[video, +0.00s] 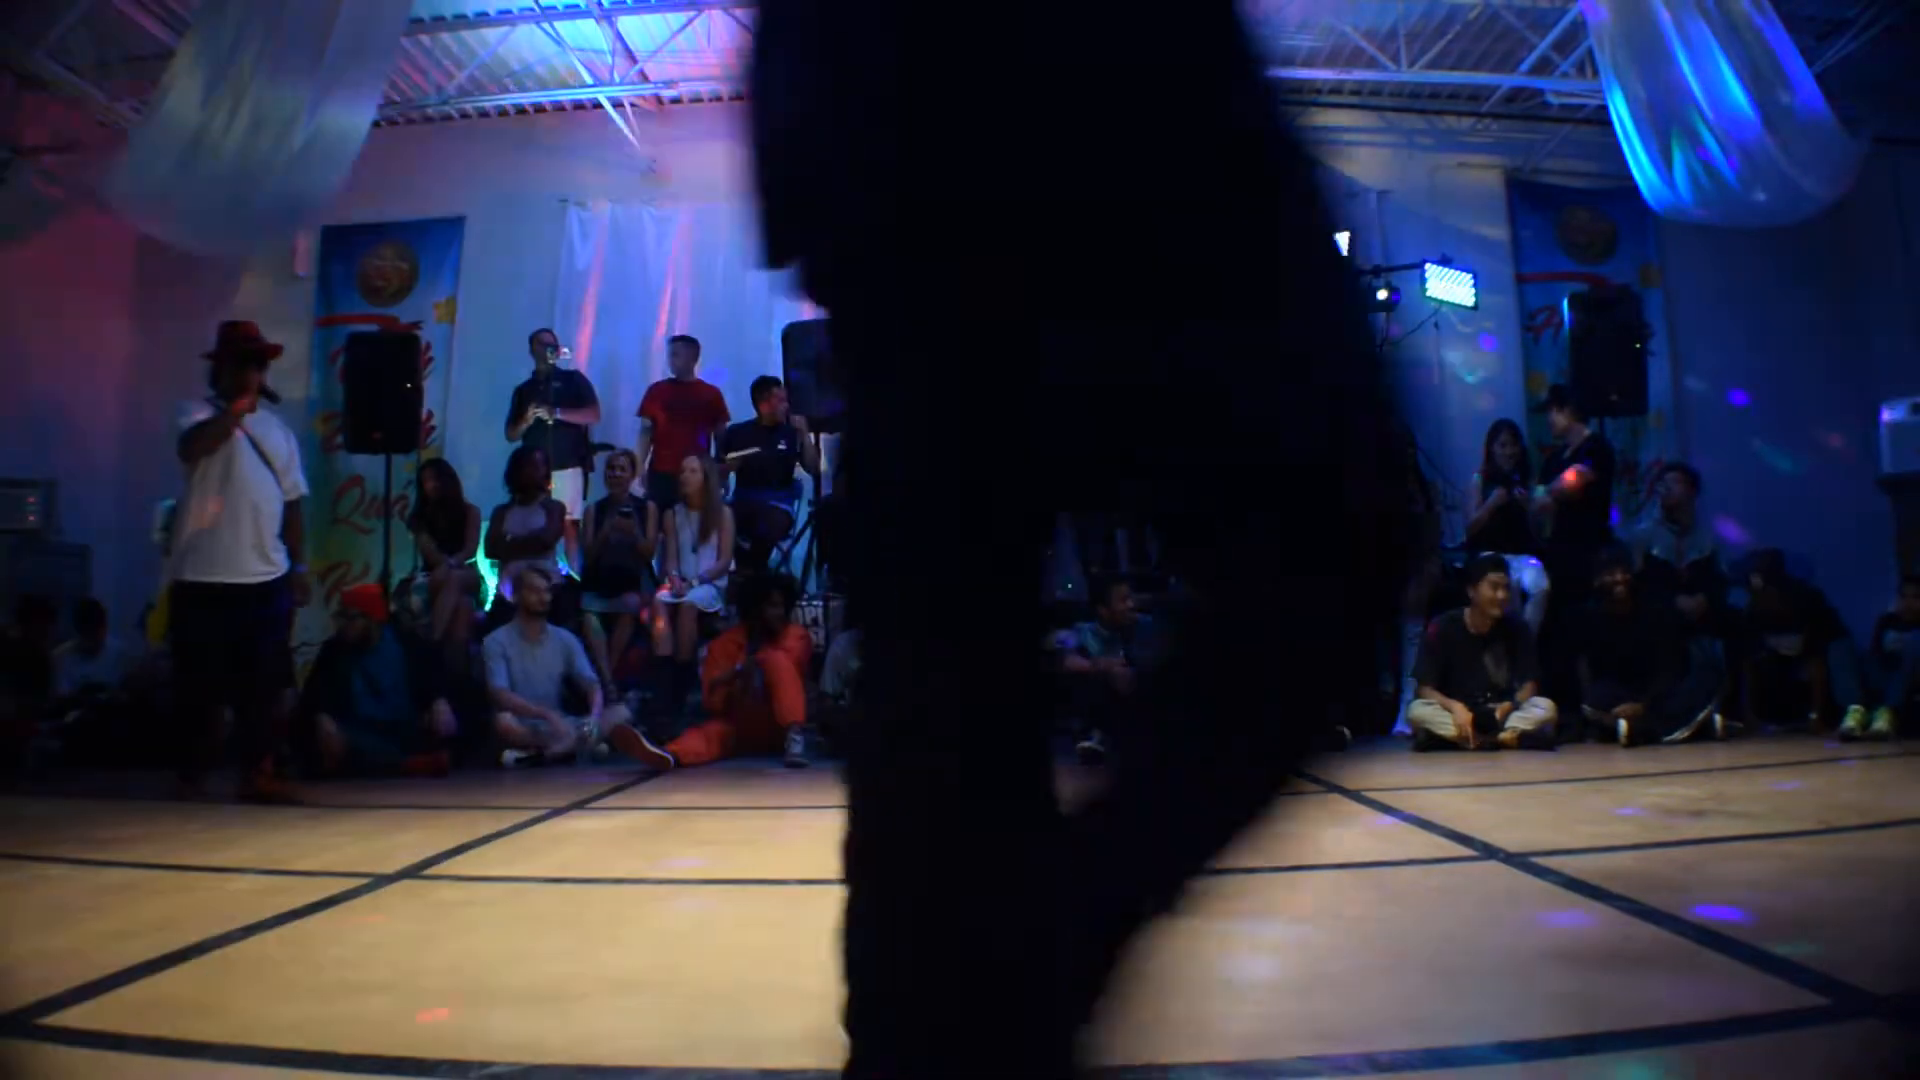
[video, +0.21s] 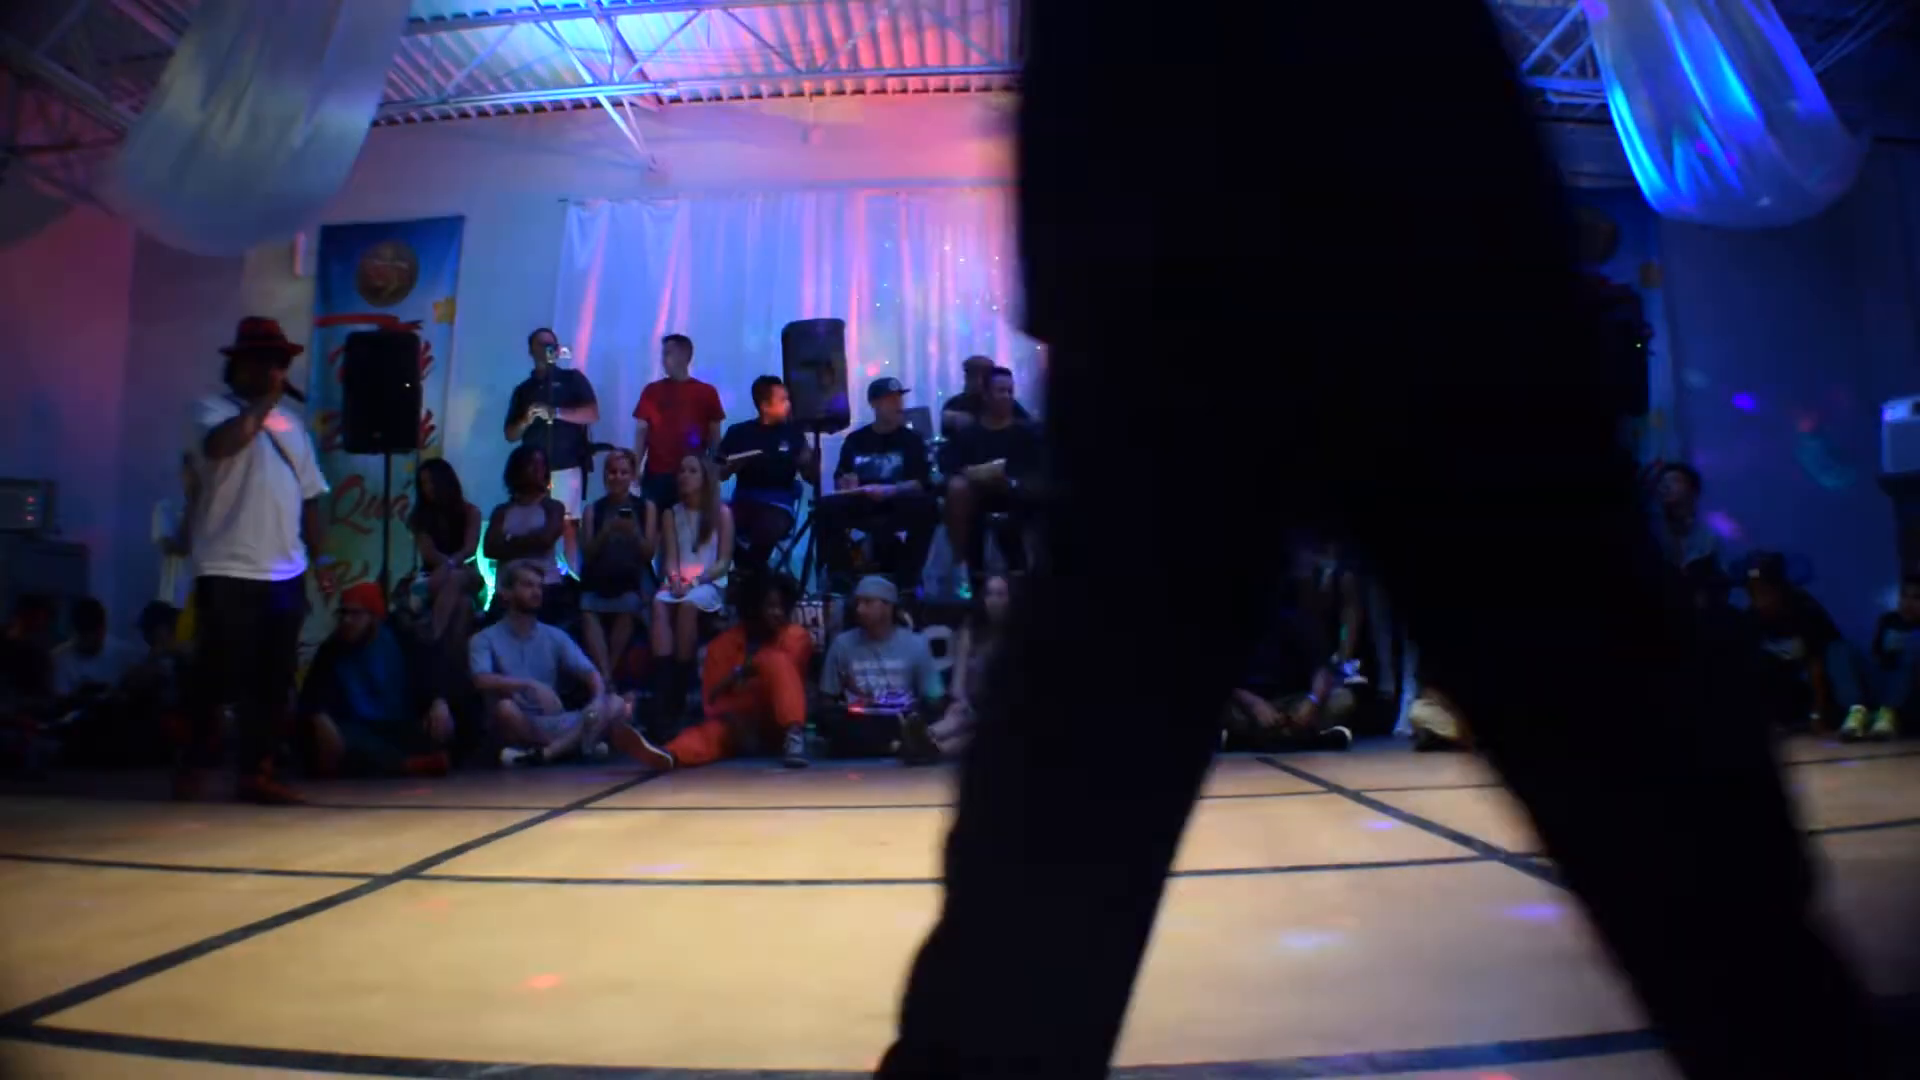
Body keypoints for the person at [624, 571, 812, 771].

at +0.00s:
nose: (779, 614)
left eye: (783, 607)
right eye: (772, 606)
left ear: (788, 609)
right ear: (754, 608)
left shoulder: (796, 637)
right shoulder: (725, 645)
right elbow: (713, 705)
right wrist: (738, 675)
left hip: (777, 723)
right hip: (737, 724)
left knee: (776, 659)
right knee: (708, 736)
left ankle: (794, 737)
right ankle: (669, 755)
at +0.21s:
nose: (778, 614)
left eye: (782, 607)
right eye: (770, 606)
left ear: (788, 609)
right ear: (752, 608)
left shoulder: (796, 637)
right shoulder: (723, 646)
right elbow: (712, 704)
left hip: (776, 720)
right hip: (738, 724)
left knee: (775, 659)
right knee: (709, 735)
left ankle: (794, 737)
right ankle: (670, 755)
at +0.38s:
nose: (776, 615)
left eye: (782, 608)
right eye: (769, 607)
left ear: (788, 611)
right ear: (752, 609)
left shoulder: (794, 638)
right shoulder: (724, 646)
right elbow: (713, 705)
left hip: (776, 722)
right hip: (737, 723)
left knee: (775, 661)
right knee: (711, 734)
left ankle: (793, 738)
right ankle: (669, 756)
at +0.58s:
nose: (768, 613)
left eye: (775, 606)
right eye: (762, 605)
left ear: (785, 610)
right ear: (747, 608)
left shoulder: (795, 638)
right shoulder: (723, 645)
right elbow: (711, 706)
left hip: (774, 721)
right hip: (736, 722)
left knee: (774, 661)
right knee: (709, 736)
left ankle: (794, 740)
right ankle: (668, 756)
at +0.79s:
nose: (765, 611)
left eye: (772, 604)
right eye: (760, 603)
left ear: (783, 609)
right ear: (749, 606)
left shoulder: (793, 637)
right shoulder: (724, 646)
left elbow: (787, 666)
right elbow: (712, 705)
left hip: (774, 717)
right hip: (737, 721)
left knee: (777, 662)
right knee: (712, 735)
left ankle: (793, 736)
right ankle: (670, 755)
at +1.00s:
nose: (764, 611)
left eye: (770, 604)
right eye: (758, 603)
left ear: (782, 607)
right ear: (747, 606)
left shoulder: (794, 636)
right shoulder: (727, 643)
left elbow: (788, 666)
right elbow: (714, 704)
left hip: (775, 718)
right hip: (739, 720)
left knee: (780, 660)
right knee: (714, 734)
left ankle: (795, 738)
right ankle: (673, 756)